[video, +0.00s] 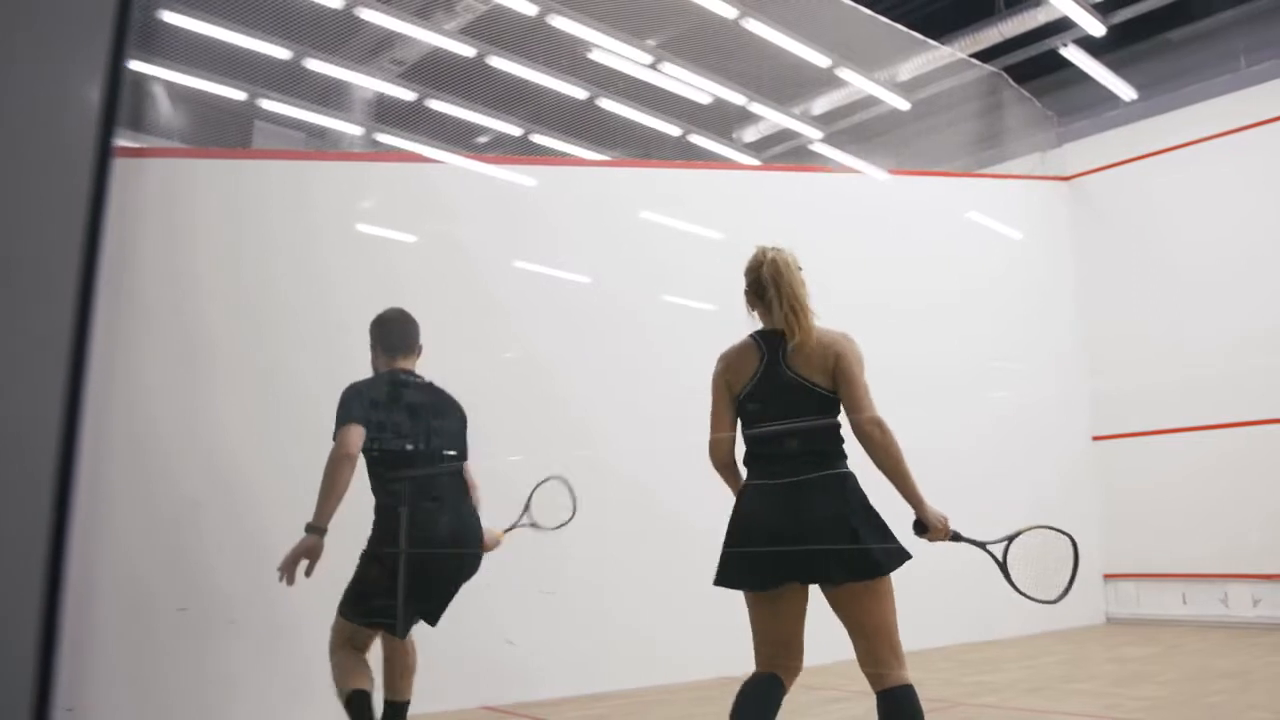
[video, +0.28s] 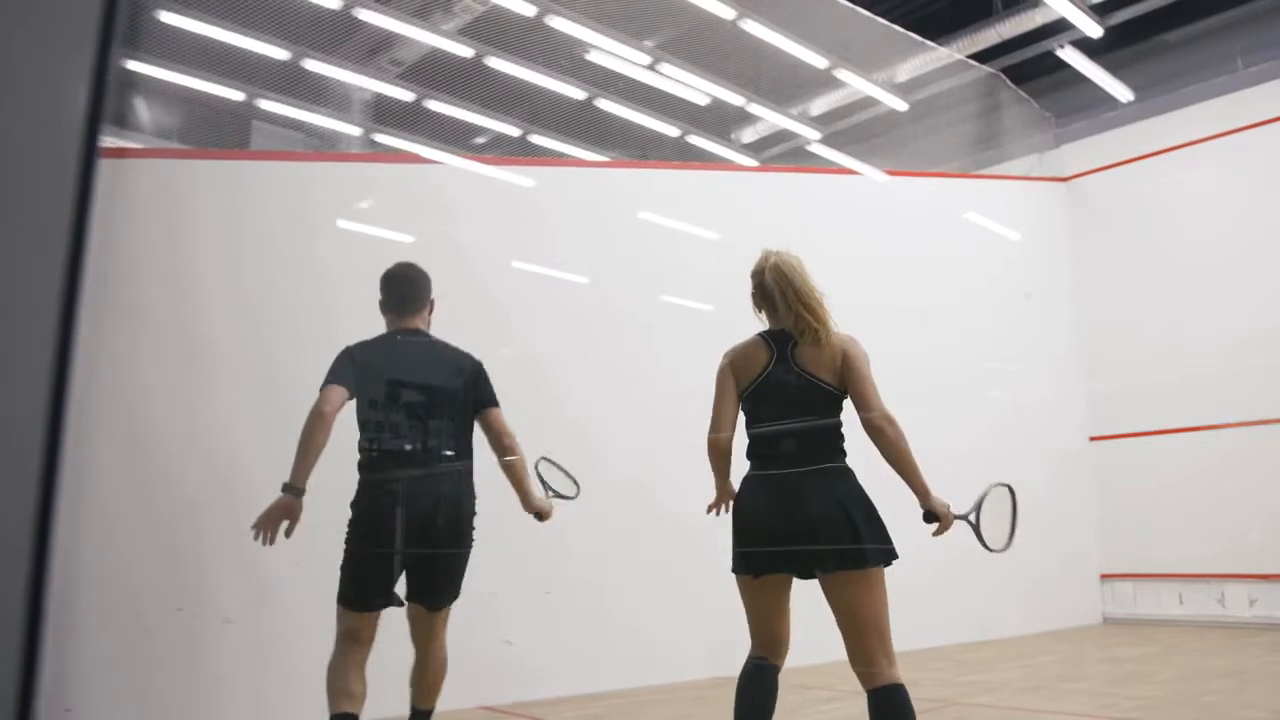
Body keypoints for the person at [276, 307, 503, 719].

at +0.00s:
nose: (372, 356)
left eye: (372, 350)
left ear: (373, 350)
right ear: (419, 350)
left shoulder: (362, 394)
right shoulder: (448, 404)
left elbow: (347, 452)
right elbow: (467, 481)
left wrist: (316, 532)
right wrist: (478, 531)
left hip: (402, 541)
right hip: (461, 542)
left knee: (348, 643)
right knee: (399, 627)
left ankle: (364, 715)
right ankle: (395, 716)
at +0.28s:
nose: (426, 311)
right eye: (429, 305)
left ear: (381, 307)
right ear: (431, 308)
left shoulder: (357, 357)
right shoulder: (464, 365)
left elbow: (325, 410)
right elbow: (504, 443)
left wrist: (293, 491)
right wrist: (530, 498)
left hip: (379, 510)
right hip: (447, 511)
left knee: (353, 640)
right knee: (431, 635)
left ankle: (344, 715)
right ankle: (420, 716)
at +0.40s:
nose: (438, 294)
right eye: (439, 287)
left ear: (390, 290)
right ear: (440, 290)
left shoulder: (361, 341)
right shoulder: (470, 347)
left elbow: (318, 393)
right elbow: (510, 416)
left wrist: (294, 472)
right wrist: (536, 484)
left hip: (381, 499)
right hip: (451, 502)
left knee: (356, 633)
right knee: (445, 624)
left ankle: (344, 717)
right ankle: (443, 716)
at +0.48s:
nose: (449, 277)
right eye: (449, 270)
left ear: (397, 276)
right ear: (446, 274)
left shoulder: (366, 328)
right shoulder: (475, 332)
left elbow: (318, 382)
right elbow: (511, 400)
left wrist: (301, 461)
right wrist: (535, 474)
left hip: (383, 490)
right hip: (456, 491)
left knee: (362, 628)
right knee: (456, 618)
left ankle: (346, 718)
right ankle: (459, 716)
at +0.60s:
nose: (463, 260)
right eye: (462, 252)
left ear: (410, 256)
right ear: (457, 255)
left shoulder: (375, 309)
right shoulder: (484, 310)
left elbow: (324, 368)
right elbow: (507, 372)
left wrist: (314, 447)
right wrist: (530, 461)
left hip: (390, 477)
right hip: (465, 479)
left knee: (368, 620)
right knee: (475, 610)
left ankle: (347, 719)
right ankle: (484, 716)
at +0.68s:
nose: (474, 251)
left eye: (469, 243)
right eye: (472, 243)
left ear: (418, 249)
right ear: (465, 248)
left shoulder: (382, 302)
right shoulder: (490, 301)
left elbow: (328, 364)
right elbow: (508, 371)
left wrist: (324, 444)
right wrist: (527, 460)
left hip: (394, 474)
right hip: (470, 474)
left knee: (371, 617)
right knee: (488, 609)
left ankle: (348, 718)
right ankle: (500, 715)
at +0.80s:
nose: (487, 248)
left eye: (482, 240)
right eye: (486, 240)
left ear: (431, 246)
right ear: (478, 245)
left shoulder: (391, 302)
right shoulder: (498, 301)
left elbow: (337, 368)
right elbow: (508, 366)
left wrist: (340, 447)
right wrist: (524, 460)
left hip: (400, 477)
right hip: (473, 478)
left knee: (380, 623)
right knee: (510, 615)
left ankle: (348, 718)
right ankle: (525, 715)